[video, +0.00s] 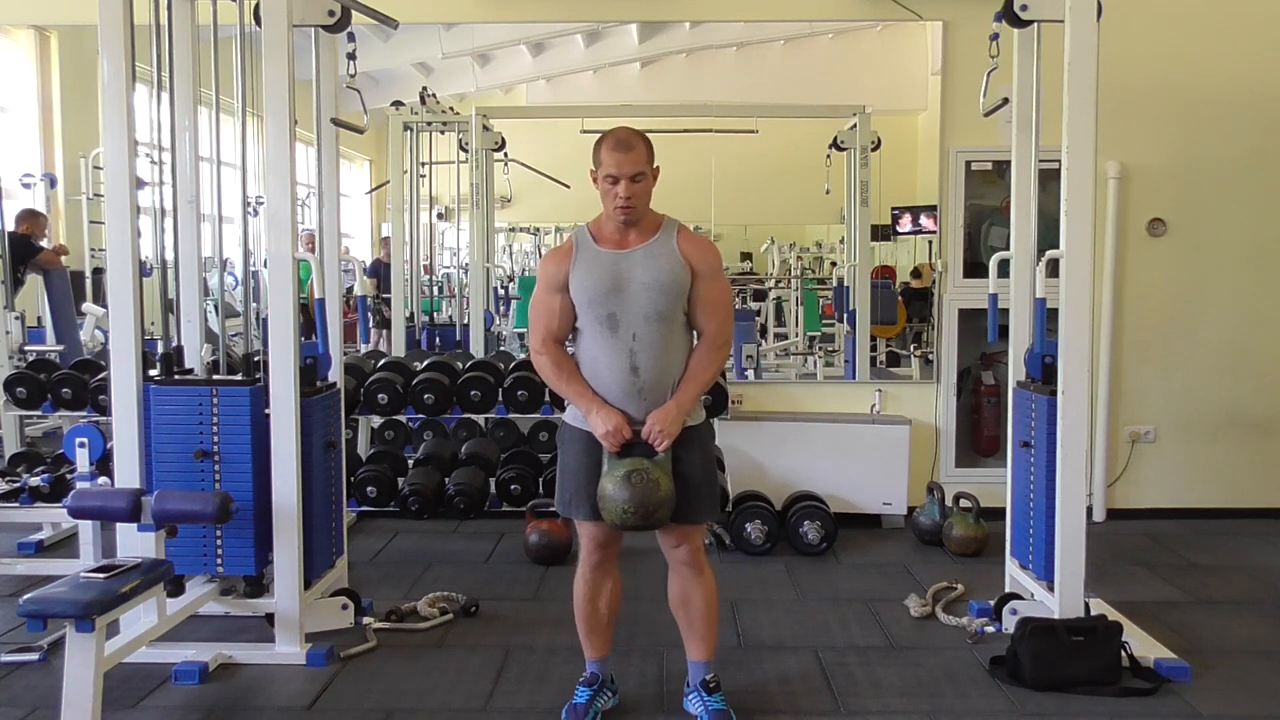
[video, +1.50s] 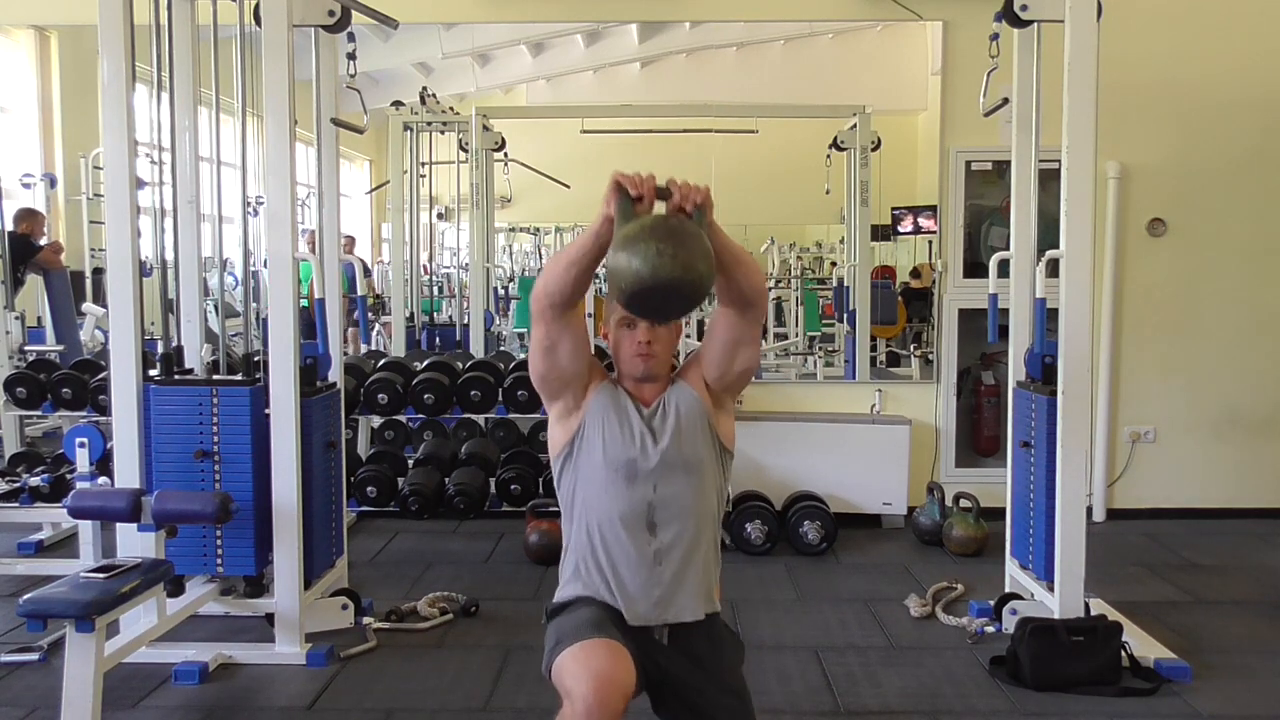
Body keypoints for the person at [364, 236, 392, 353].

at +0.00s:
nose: (388, 248)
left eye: (390, 245)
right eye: (386, 245)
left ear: (393, 246)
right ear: (382, 247)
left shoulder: (396, 264)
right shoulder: (375, 265)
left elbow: (399, 285)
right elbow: (372, 288)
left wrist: (399, 305)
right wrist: (383, 306)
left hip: (393, 302)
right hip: (380, 303)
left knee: (389, 336)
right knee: (376, 336)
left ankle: (388, 360)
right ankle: (371, 360)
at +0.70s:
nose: (377, 248)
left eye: (380, 245)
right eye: (374, 245)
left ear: (383, 247)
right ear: (370, 247)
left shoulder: (390, 265)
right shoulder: (363, 265)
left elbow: (396, 286)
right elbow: (360, 289)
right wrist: (366, 308)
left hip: (386, 303)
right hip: (369, 303)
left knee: (386, 337)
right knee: (366, 337)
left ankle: (387, 364)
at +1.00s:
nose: (360, 248)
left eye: (363, 245)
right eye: (358, 245)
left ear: (369, 246)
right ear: (355, 247)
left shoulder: (377, 265)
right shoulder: (350, 266)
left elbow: (382, 286)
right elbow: (346, 288)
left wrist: (383, 304)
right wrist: (346, 309)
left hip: (372, 300)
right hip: (355, 301)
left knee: (378, 334)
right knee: (355, 336)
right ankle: (355, 361)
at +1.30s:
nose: (350, 248)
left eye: (353, 245)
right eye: (348, 245)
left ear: (358, 246)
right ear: (346, 246)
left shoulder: (367, 264)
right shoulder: (343, 264)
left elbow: (374, 285)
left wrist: (371, 305)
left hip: (363, 302)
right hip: (348, 302)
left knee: (366, 335)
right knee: (352, 335)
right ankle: (355, 360)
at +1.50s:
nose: (343, 248)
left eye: (346, 245)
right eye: (342, 245)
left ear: (353, 246)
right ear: (341, 246)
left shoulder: (360, 263)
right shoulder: (339, 263)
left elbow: (369, 281)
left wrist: (373, 294)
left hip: (356, 302)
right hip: (341, 301)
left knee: (352, 334)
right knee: (342, 334)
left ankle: (353, 362)